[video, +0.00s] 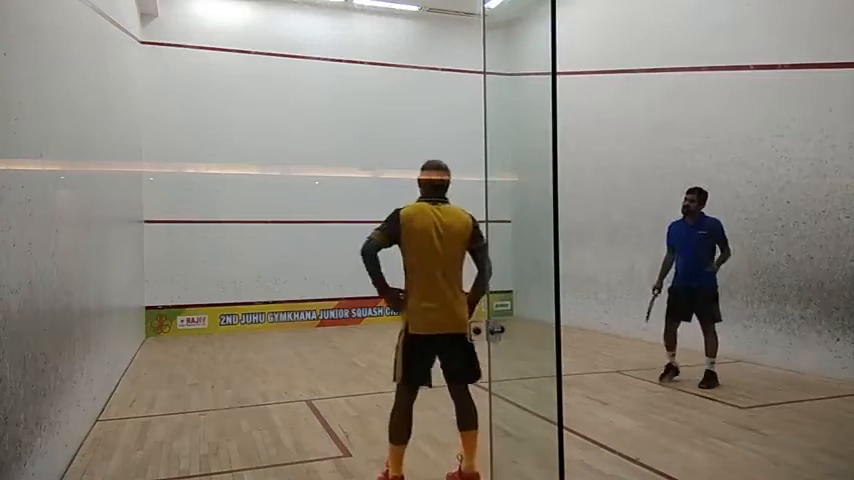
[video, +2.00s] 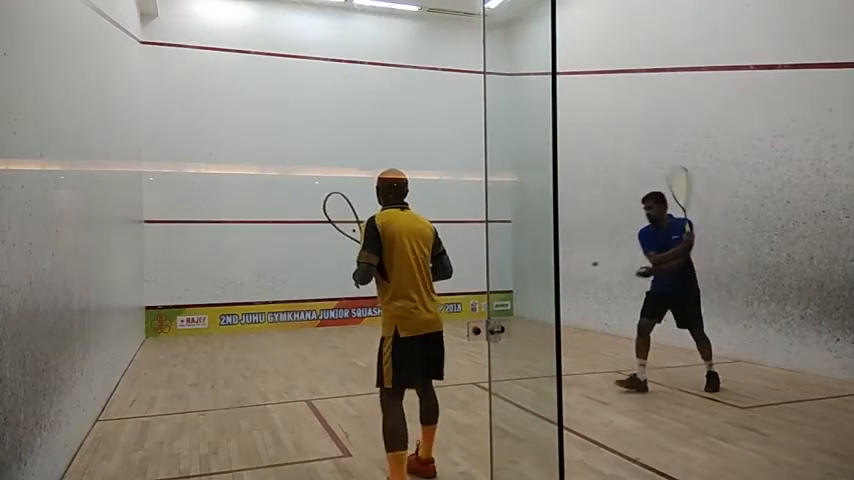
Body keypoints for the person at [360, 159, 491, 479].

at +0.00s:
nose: (432, 184)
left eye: (426, 179)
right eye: (438, 179)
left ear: (419, 184)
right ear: (449, 185)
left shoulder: (403, 216)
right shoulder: (466, 220)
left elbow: (368, 250)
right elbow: (485, 271)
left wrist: (386, 292)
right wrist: (469, 302)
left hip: (417, 324)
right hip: (455, 322)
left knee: (405, 397)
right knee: (461, 394)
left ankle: (394, 471)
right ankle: (470, 467)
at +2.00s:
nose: (377, 195)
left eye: (378, 190)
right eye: (381, 188)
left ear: (380, 193)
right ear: (406, 193)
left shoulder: (377, 223)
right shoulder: (425, 225)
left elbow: (362, 276)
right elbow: (444, 270)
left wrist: (366, 256)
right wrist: (413, 273)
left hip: (399, 328)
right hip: (431, 325)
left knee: (391, 400)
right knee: (425, 387)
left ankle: (396, 475)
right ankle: (424, 458)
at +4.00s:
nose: (333, 190)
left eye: (332, 185)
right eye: (344, 187)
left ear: (330, 190)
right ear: (356, 196)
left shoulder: (309, 221)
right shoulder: (367, 228)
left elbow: (288, 260)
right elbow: (379, 278)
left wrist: (274, 286)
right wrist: (377, 318)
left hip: (325, 324)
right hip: (360, 321)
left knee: (327, 392)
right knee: (364, 372)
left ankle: (339, 467)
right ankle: (382, 435)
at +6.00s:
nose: (478, 201)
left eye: (475, 196)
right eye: (478, 197)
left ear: (460, 199)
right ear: (479, 201)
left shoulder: (444, 228)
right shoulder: (481, 228)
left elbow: (438, 263)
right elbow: (502, 261)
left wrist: (458, 252)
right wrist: (492, 275)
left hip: (453, 300)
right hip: (475, 300)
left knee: (465, 343)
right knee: (474, 348)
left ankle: (453, 390)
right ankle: (466, 409)